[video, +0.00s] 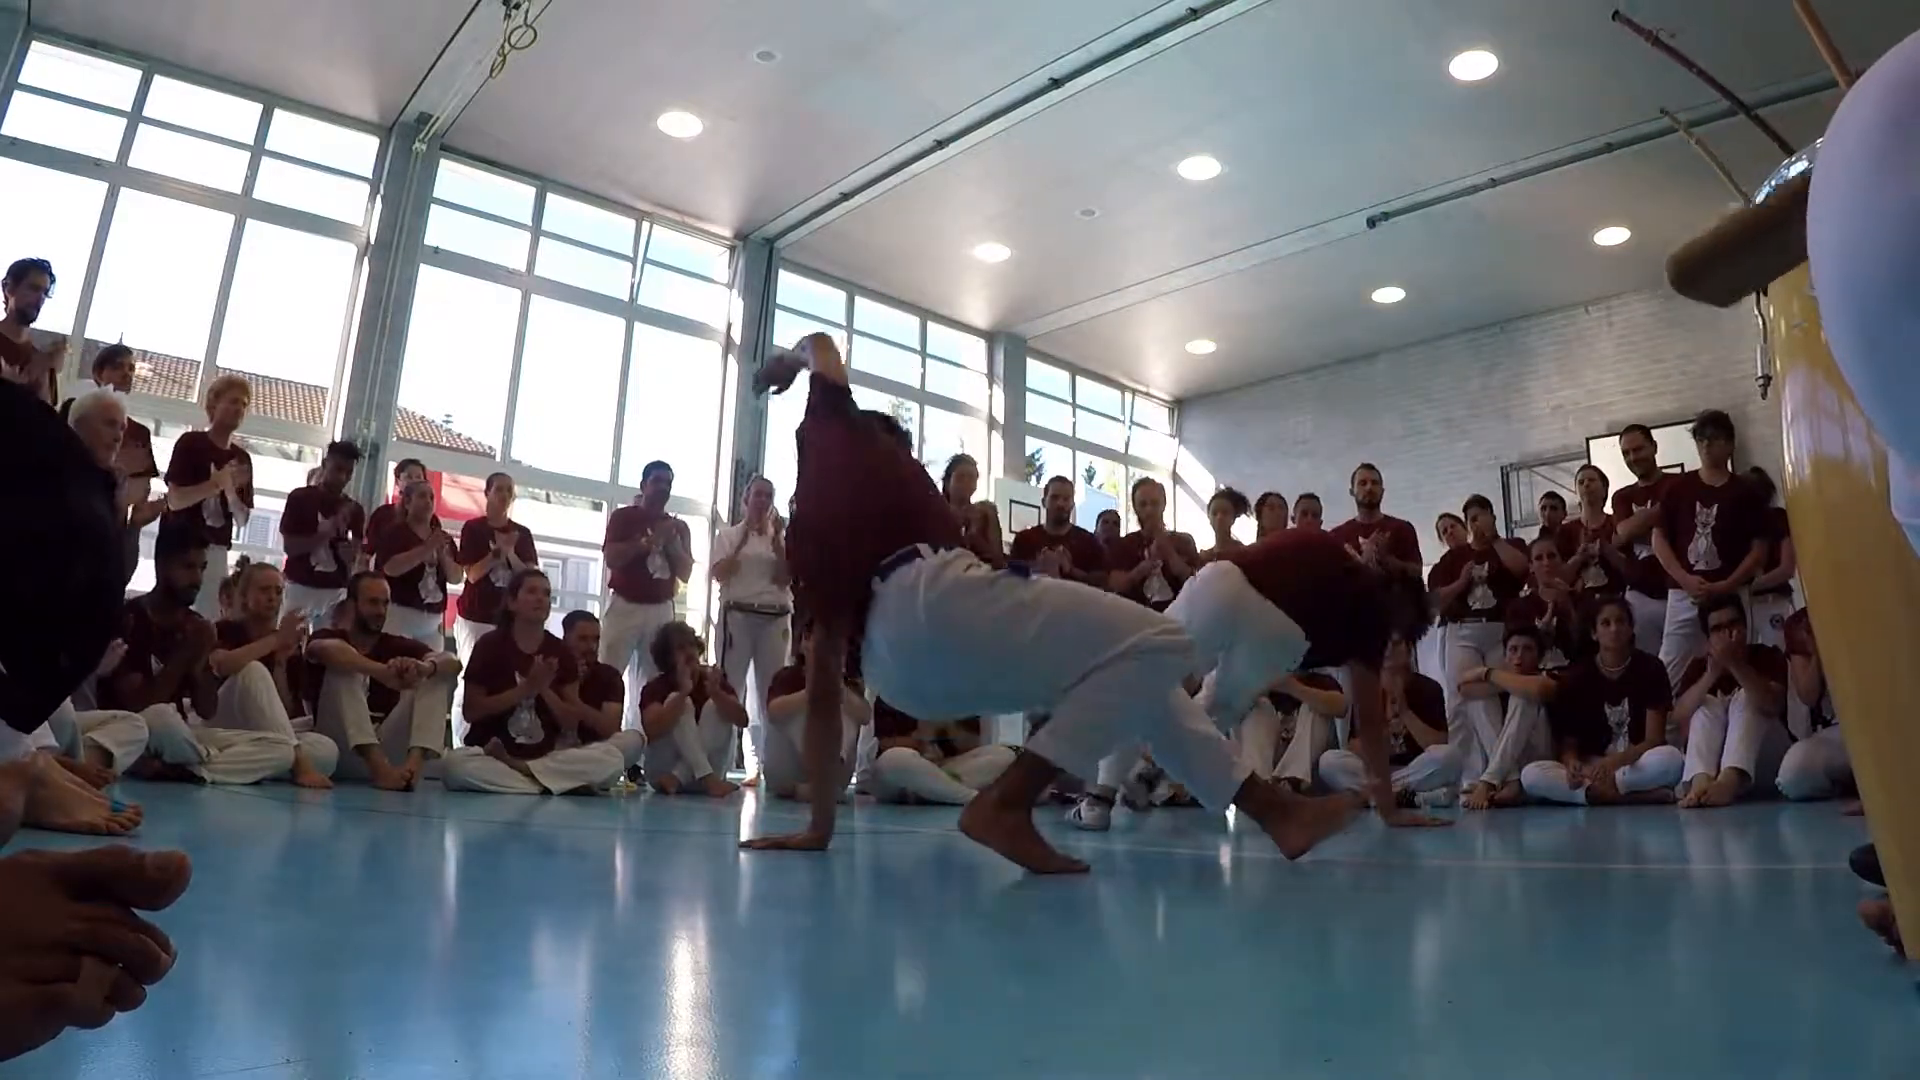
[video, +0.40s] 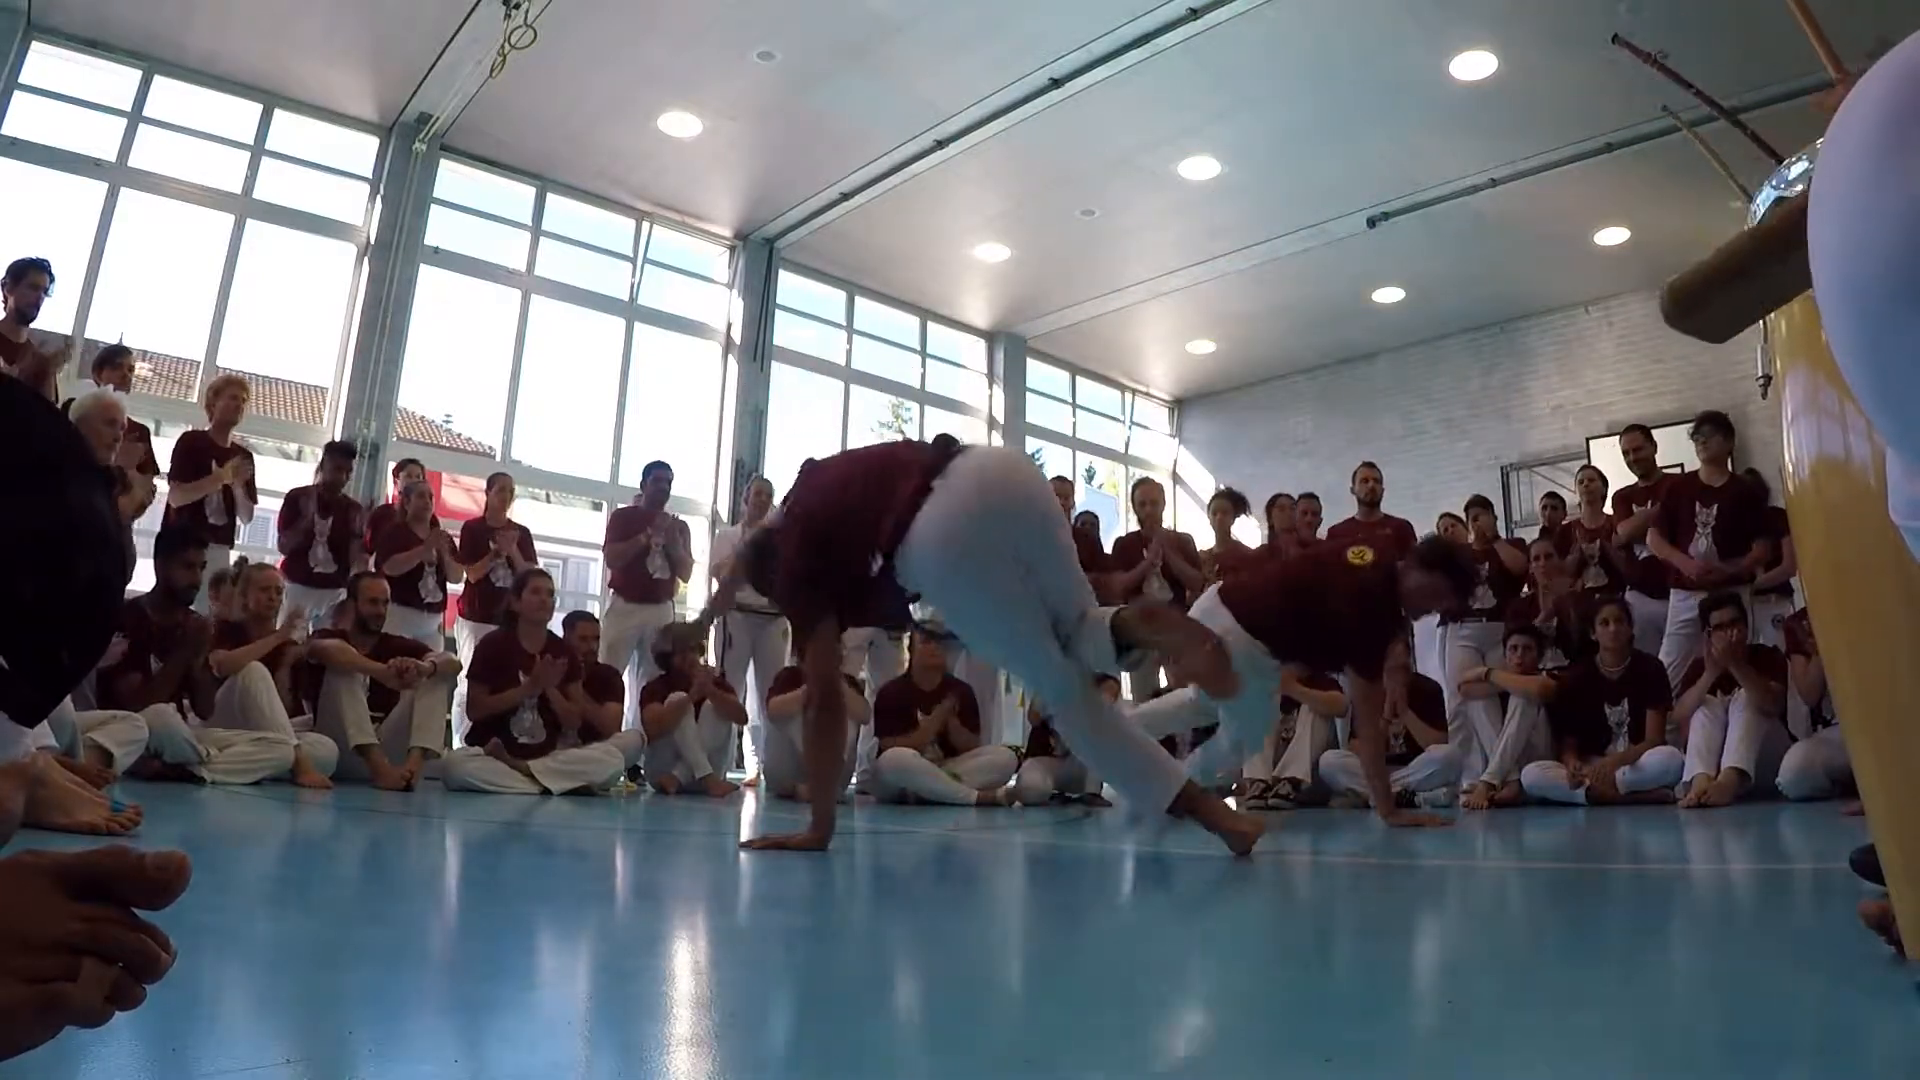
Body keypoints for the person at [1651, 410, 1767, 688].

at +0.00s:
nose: (1706, 446)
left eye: (1714, 440)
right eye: (1701, 440)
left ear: (1730, 445)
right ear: (1696, 445)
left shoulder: (1749, 491)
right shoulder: (1677, 488)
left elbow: (1759, 550)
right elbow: (1658, 539)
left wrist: (1726, 586)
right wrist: (1684, 579)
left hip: (1731, 594)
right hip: (1683, 596)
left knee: (1735, 671)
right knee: (1669, 673)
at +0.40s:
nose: (1702, 443)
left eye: (1710, 437)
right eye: (1697, 438)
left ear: (1729, 443)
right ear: (1693, 445)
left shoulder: (1748, 490)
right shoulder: (1677, 488)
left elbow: (1763, 550)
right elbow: (1653, 538)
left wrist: (1724, 571)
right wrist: (1684, 563)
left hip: (1731, 595)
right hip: (1684, 596)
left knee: (1733, 674)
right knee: (1668, 674)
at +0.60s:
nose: (1698, 445)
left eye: (1706, 438)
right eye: (1695, 440)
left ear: (1726, 443)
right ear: (1691, 446)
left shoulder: (1743, 483)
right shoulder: (1680, 486)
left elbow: (1756, 540)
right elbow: (1664, 536)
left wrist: (1721, 522)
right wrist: (1698, 533)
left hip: (1735, 587)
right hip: (1688, 590)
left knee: (1739, 665)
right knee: (1667, 672)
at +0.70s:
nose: (1697, 445)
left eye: (1705, 438)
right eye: (1694, 440)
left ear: (1726, 443)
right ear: (1691, 446)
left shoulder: (1744, 485)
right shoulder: (1680, 486)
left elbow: (1756, 536)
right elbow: (1662, 535)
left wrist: (1722, 519)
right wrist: (1692, 527)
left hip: (1734, 587)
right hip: (1687, 590)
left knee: (1739, 665)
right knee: (1667, 672)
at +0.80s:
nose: (1695, 446)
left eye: (1702, 439)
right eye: (1691, 441)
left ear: (1724, 443)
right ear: (1688, 446)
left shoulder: (1744, 485)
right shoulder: (1680, 487)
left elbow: (1775, 529)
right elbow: (1651, 539)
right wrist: (1669, 518)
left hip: (1734, 587)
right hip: (1687, 591)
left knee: (1738, 665)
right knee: (1669, 671)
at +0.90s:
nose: (1695, 447)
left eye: (1701, 440)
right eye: (1691, 443)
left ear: (1724, 443)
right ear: (1688, 448)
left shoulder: (1744, 487)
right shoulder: (1680, 489)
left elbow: (1772, 531)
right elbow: (1657, 542)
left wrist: (1776, 567)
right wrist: (1655, 503)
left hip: (1735, 587)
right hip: (1688, 590)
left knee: (1740, 664)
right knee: (1668, 670)